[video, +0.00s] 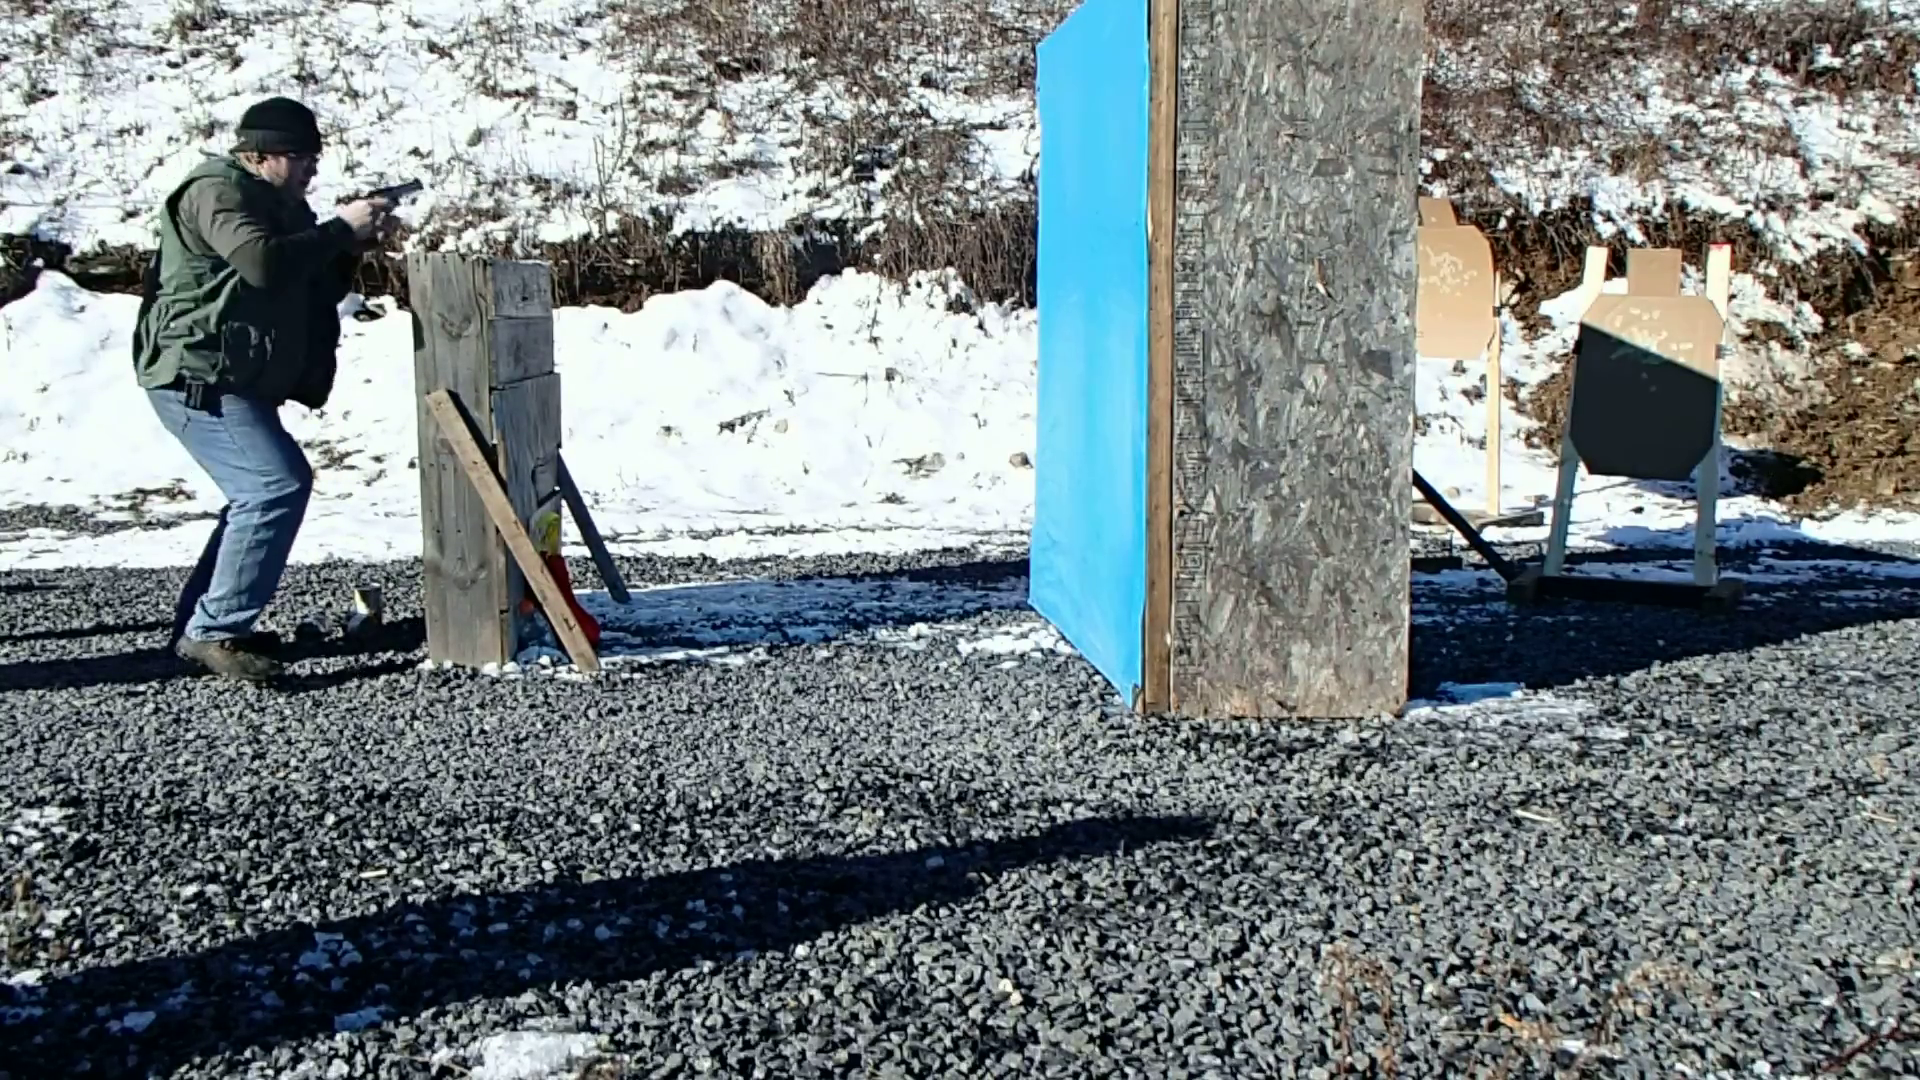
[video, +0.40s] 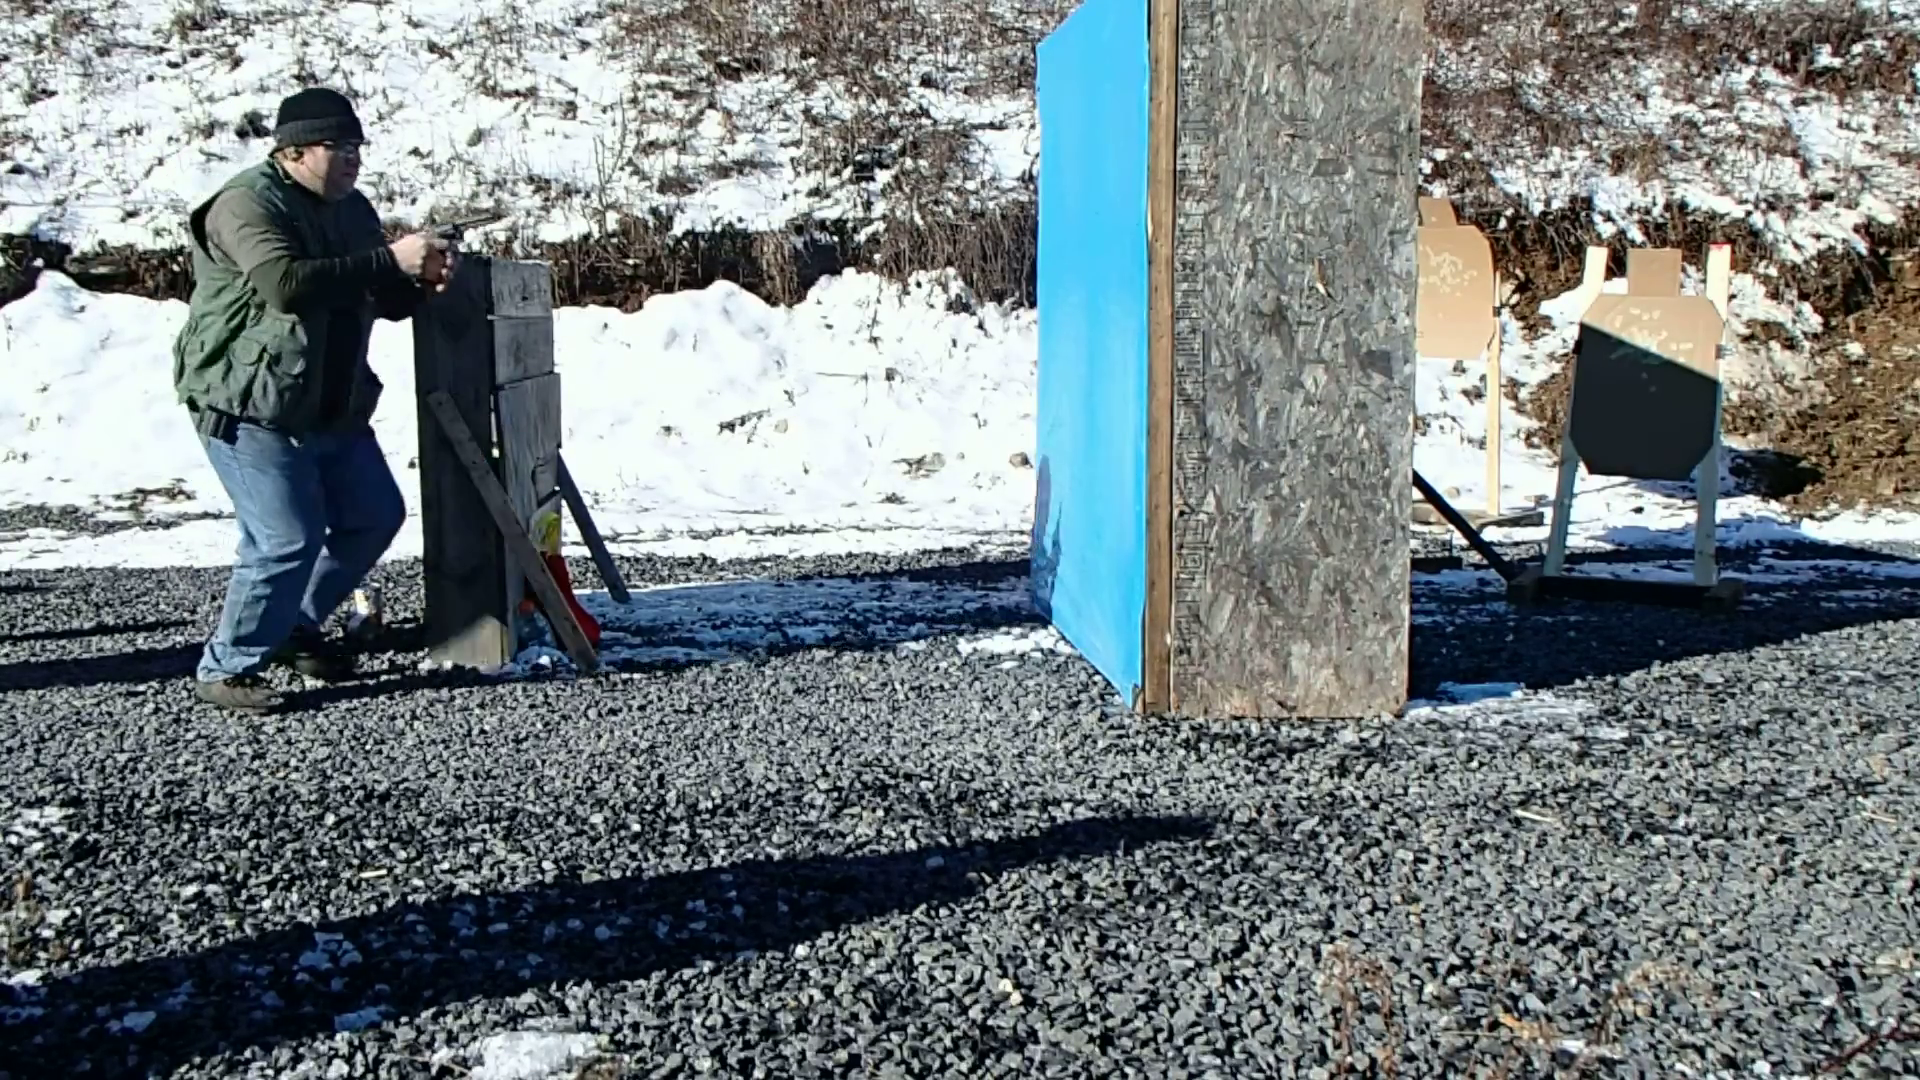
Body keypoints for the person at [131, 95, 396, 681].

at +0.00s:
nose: (312, 173)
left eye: (313, 162)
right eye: (306, 160)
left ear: (267, 156)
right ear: (270, 155)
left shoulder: (283, 207)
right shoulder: (213, 190)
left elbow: (315, 290)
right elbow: (262, 263)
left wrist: (354, 244)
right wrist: (343, 229)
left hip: (236, 379)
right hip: (194, 377)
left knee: (259, 494)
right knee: (280, 482)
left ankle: (201, 626)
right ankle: (218, 630)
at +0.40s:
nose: (356, 159)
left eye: (358, 147)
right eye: (344, 147)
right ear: (299, 151)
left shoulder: (352, 210)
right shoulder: (244, 205)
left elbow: (383, 299)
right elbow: (285, 285)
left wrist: (421, 279)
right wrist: (390, 261)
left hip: (330, 406)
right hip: (250, 409)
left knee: (375, 517)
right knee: (286, 540)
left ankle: (298, 625)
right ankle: (227, 667)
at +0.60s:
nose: (407, 153)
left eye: (408, 140)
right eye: (396, 141)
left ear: (390, 139)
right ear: (353, 140)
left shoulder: (403, 193)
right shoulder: (303, 188)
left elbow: (457, 262)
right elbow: (373, 255)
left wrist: (508, 256)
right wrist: (482, 242)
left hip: (388, 399)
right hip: (311, 400)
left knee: (436, 525)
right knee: (372, 532)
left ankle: (409, 682)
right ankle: (267, 629)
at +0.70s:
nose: (437, 156)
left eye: (436, 144)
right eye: (426, 145)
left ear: (388, 145)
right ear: (381, 144)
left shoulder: (427, 192)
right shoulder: (330, 196)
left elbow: (490, 245)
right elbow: (422, 244)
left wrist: (555, 244)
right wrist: (538, 234)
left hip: (423, 397)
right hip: (353, 401)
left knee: (476, 515)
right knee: (456, 503)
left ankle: (429, 674)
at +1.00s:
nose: (518, 153)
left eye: (516, 140)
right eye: (508, 141)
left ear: (466, 134)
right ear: (466, 136)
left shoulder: (477, 177)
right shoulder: (426, 190)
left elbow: (571, 197)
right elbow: (546, 208)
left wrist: (672, 201)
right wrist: (667, 202)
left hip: (482, 398)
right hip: (455, 405)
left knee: (527, 534)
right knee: (554, 535)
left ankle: (438, 664)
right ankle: (537, 711)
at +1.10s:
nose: (540, 149)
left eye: (538, 135)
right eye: (531, 135)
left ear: (486, 127)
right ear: (490, 129)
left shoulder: (479, 170)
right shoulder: (446, 181)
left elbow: (586, 189)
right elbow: (566, 199)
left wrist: (693, 194)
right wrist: (690, 193)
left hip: (489, 392)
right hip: (466, 399)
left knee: (537, 529)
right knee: (565, 532)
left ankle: (462, 670)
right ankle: (537, 711)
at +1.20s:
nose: (552, 147)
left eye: (551, 133)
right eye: (544, 132)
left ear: (498, 122)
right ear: (504, 125)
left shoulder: (488, 167)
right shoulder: (458, 177)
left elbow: (599, 186)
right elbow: (581, 194)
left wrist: (708, 189)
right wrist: (708, 186)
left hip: (495, 391)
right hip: (480, 397)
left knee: (541, 535)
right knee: (573, 535)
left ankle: (474, 672)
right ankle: (535, 712)